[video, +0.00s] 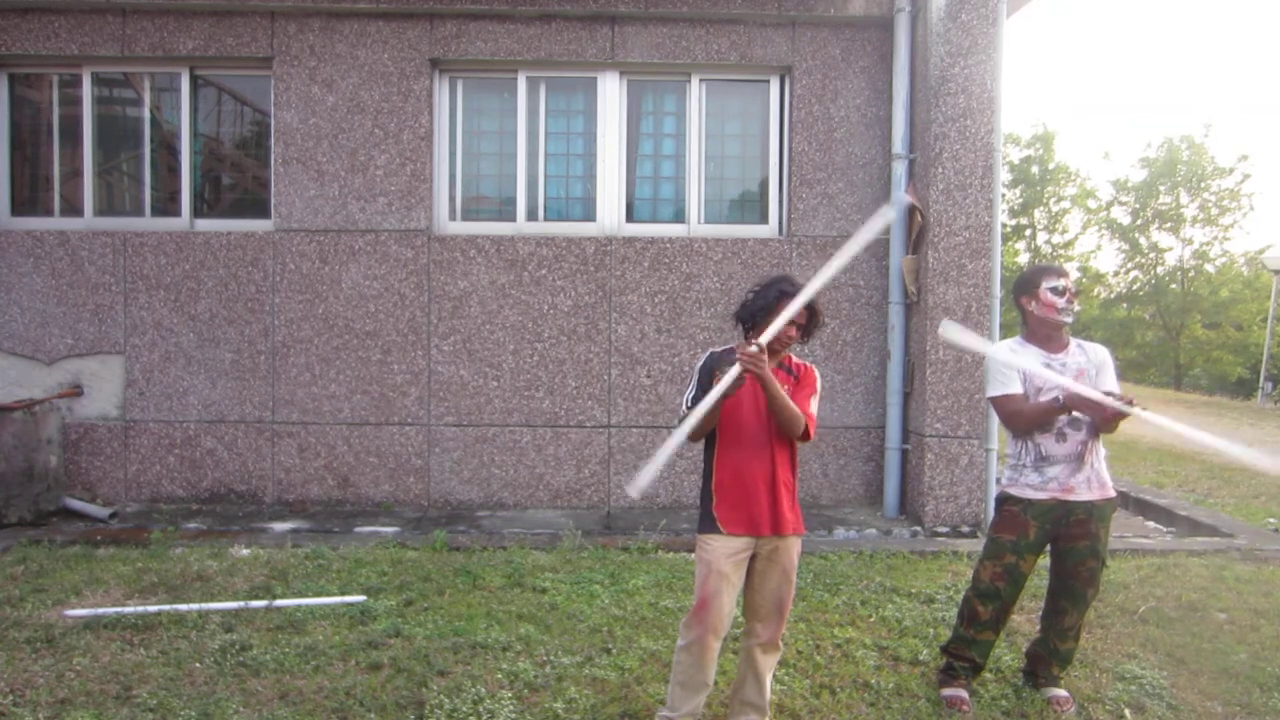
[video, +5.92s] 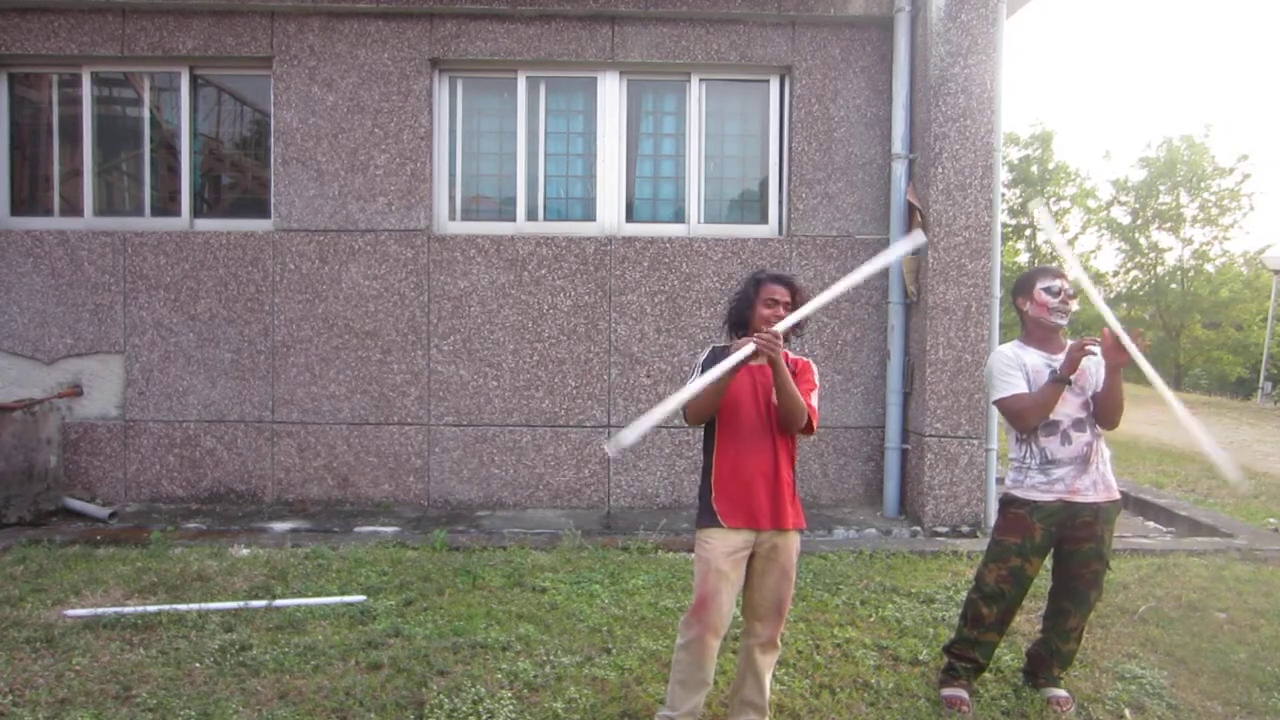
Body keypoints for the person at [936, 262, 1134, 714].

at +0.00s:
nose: (1069, 299)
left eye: (1071, 293)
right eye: (1057, 291)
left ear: (1073, 304)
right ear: (1027, 301)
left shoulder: (1096, 356)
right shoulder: (1005, 355)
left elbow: (1105, 424)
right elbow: (1017, 421)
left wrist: (1116, 407)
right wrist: (1065, 401)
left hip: (1088, 497)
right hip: (1027, 496)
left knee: (1075, 595)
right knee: (993, 585)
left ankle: (1045, 672)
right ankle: (957, 674)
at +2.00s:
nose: (1058, 299)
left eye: (1067, 293)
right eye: (1046, 291)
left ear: (1076, 304)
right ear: (1023, 303)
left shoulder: (1094, 357)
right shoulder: (1006, 356)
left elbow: (1111, 421)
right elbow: (1016, 422)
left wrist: (1098, 375)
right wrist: (1068, 394)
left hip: (1089, 497)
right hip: (1029, 496)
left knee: (1077, 595)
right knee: (994, 586)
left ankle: (1045, 672)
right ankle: (957, 674)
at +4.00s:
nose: (1069, 298)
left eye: (1072, 293)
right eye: (1057, 289)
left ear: (1075, 307)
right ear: (1027, 301)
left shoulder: (1092, 356)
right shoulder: (1008, 356)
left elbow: (1113, 422)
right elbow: (1028, 423)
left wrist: (1119, 376)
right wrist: (1082, 387)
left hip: (1094, 498)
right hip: (1033, 496)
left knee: (1078, 597)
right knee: (997, 588)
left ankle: (1045, 673)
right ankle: (958, 675)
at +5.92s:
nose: (1066, 299)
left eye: (1070, 294)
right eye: (1053, 291)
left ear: (1073, 307)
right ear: (1024, 304)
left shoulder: (1088, 357)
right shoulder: (1007, 357)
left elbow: (1109, 419)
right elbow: (1023, 419)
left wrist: (1115, 369)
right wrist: (1063, 374)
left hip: (1093, 497)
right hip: (1032, 496)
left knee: (1078, 597)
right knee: (997, 587)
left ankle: (1045, 673)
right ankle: (958, 675)